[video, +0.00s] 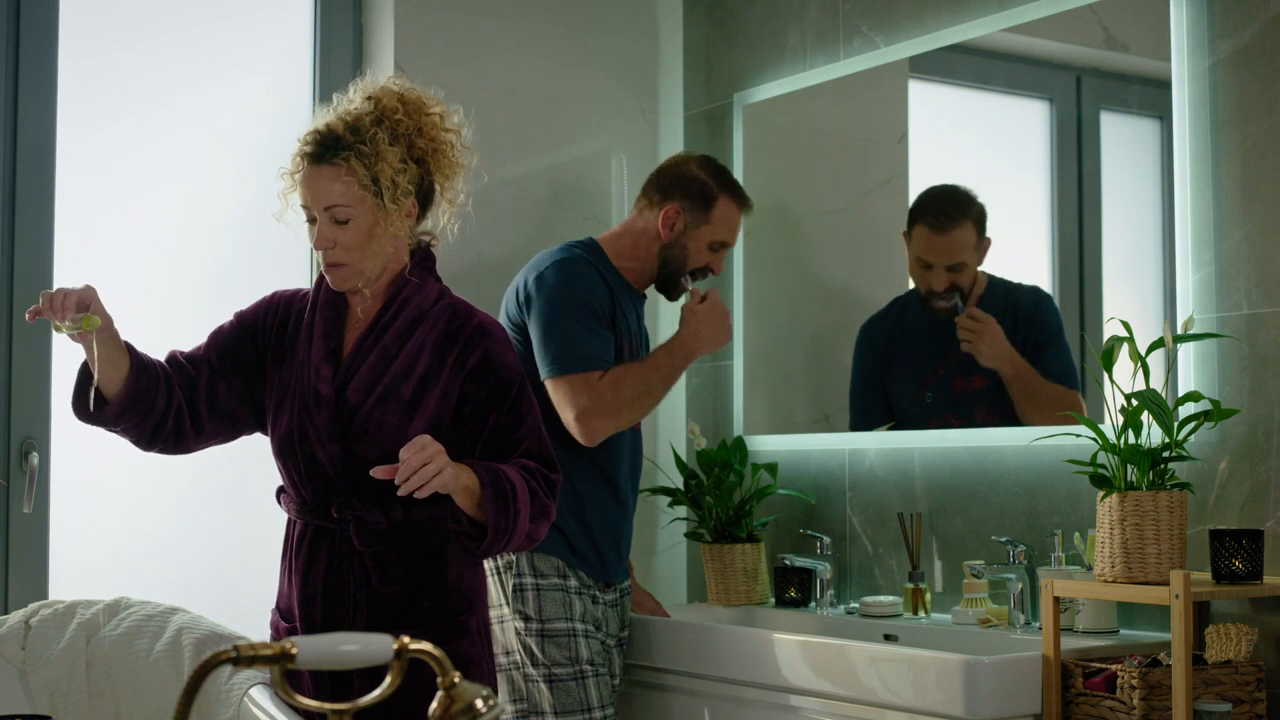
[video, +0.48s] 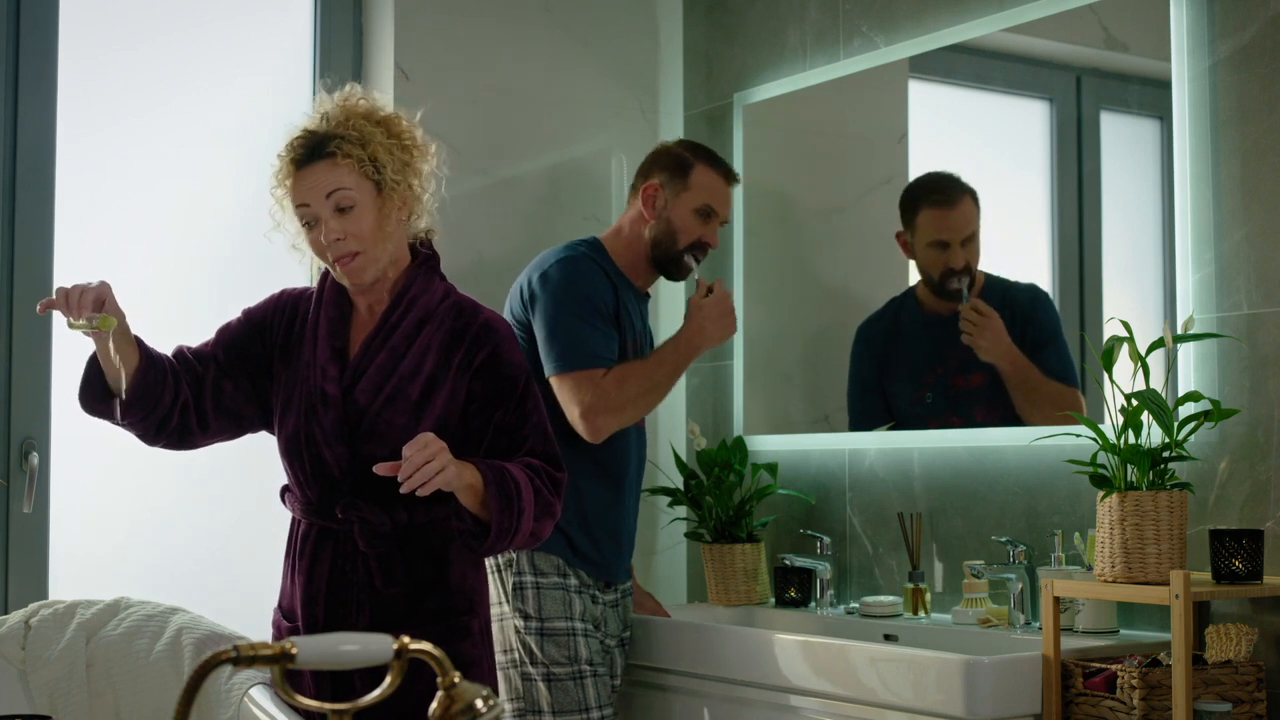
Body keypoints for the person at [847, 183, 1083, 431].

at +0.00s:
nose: (939, 284)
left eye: (956, 269)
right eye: (925, 266)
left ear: (983, 250)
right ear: (907, 246)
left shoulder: (1031, 311)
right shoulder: (880, 335)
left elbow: (1069, 424)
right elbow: (867, 447)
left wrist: (1007, 361)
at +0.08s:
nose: (939, 285)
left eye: (955, 269)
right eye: (924, 267)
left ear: (982, 250)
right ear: (906, 246)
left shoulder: (1031, 311)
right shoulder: (880, 335)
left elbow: (1068, 424)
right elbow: (867, 447)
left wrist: (1005, 357)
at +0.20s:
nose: (945, 276)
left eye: (959, 257)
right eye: (929, 259)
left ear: (979, 240)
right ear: (904, 248)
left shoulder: (1030, 310)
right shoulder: (878, 336)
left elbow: (1068, 425)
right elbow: (868, 450)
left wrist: (1004, 360)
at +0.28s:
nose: (951, 270)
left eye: (962, 251)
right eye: (933, 255)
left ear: (978, 235)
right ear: (904, 249)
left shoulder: (1029, 309)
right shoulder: (878, 336)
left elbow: (1068, 424)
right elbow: (867, 451)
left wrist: (1003, 357)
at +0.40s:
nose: (956, 264)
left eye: (966, 244)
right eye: (937, 249)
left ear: (978, 233)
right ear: (906, 248)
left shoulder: (1028, 308)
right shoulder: (877, 337)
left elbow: (1067, 425)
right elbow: (868, 453)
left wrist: (1005, 357)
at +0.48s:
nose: (958, 261)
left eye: (968, 242)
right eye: (940, 247)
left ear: (979, 232)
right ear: (906, 246)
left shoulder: (1029, 309)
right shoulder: (877, 337)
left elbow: (1067, 425)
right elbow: (869, 452)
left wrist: (1006, 355)